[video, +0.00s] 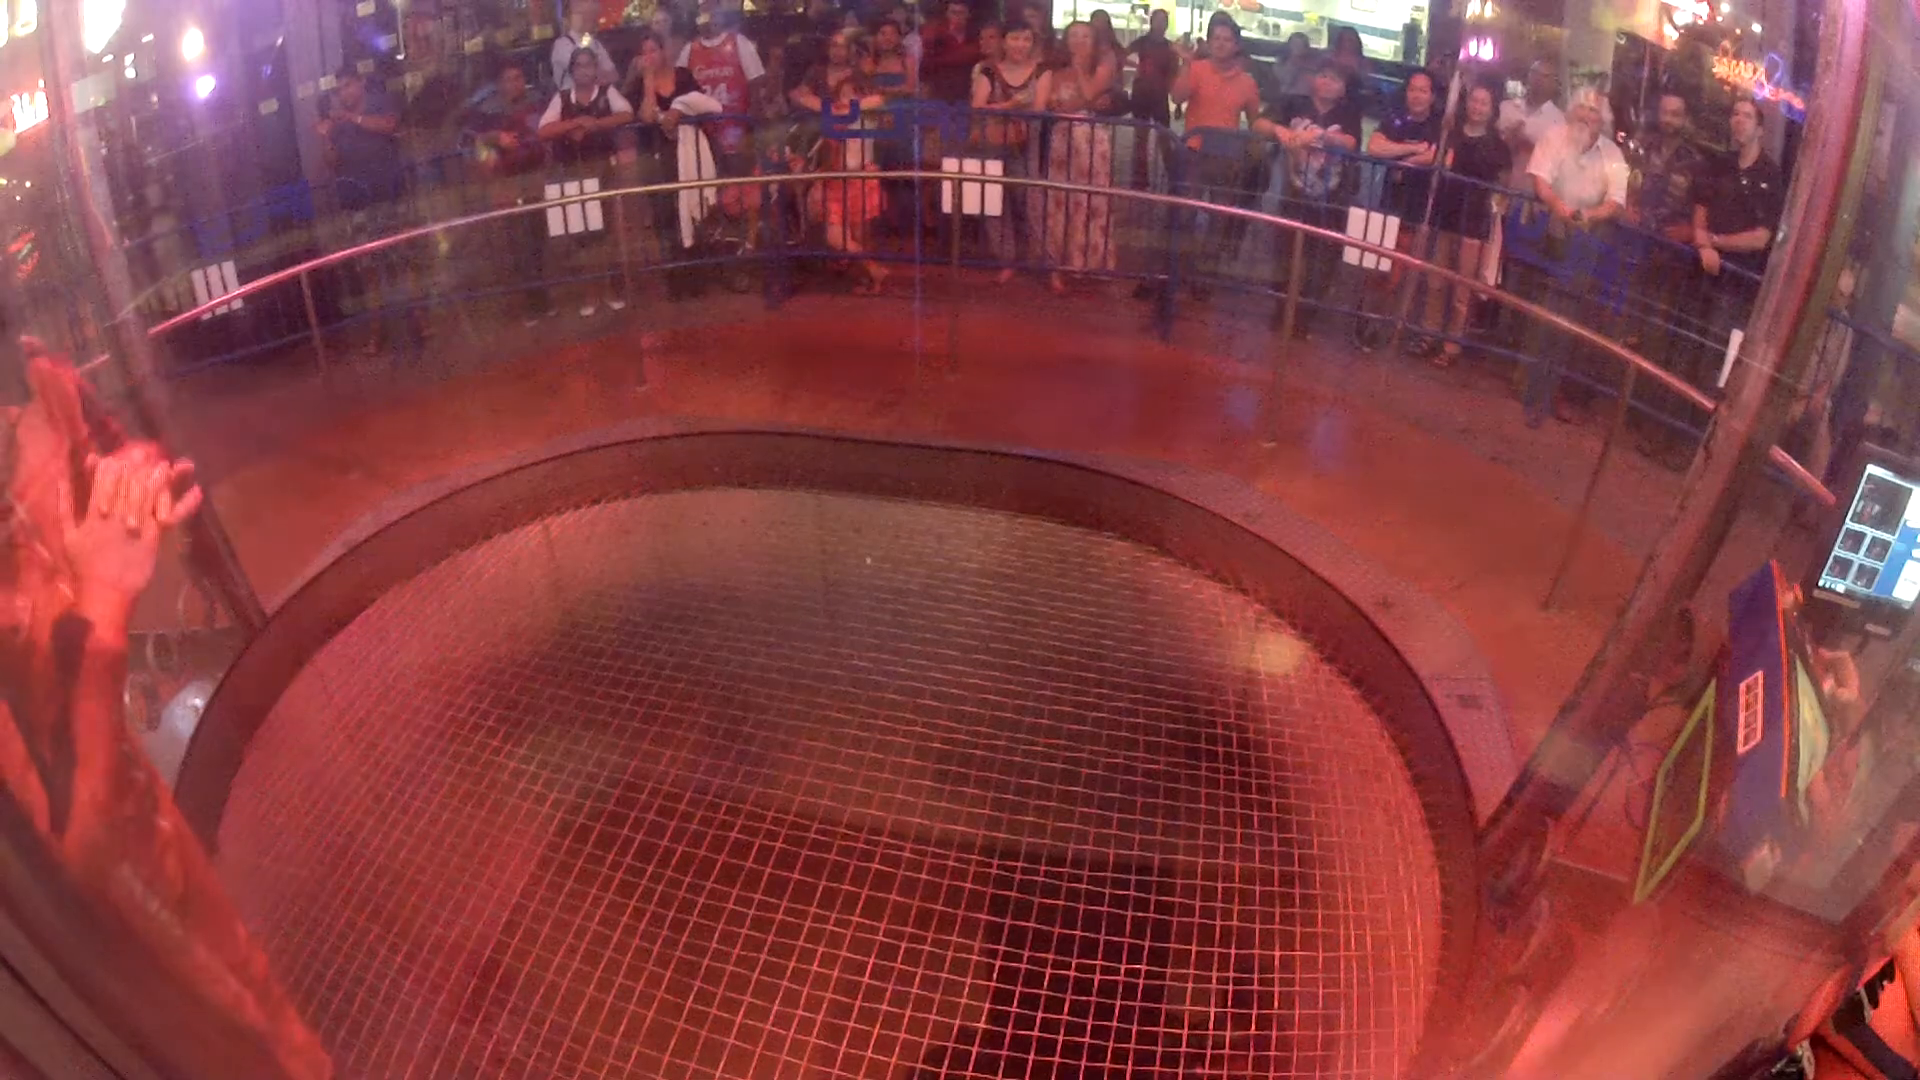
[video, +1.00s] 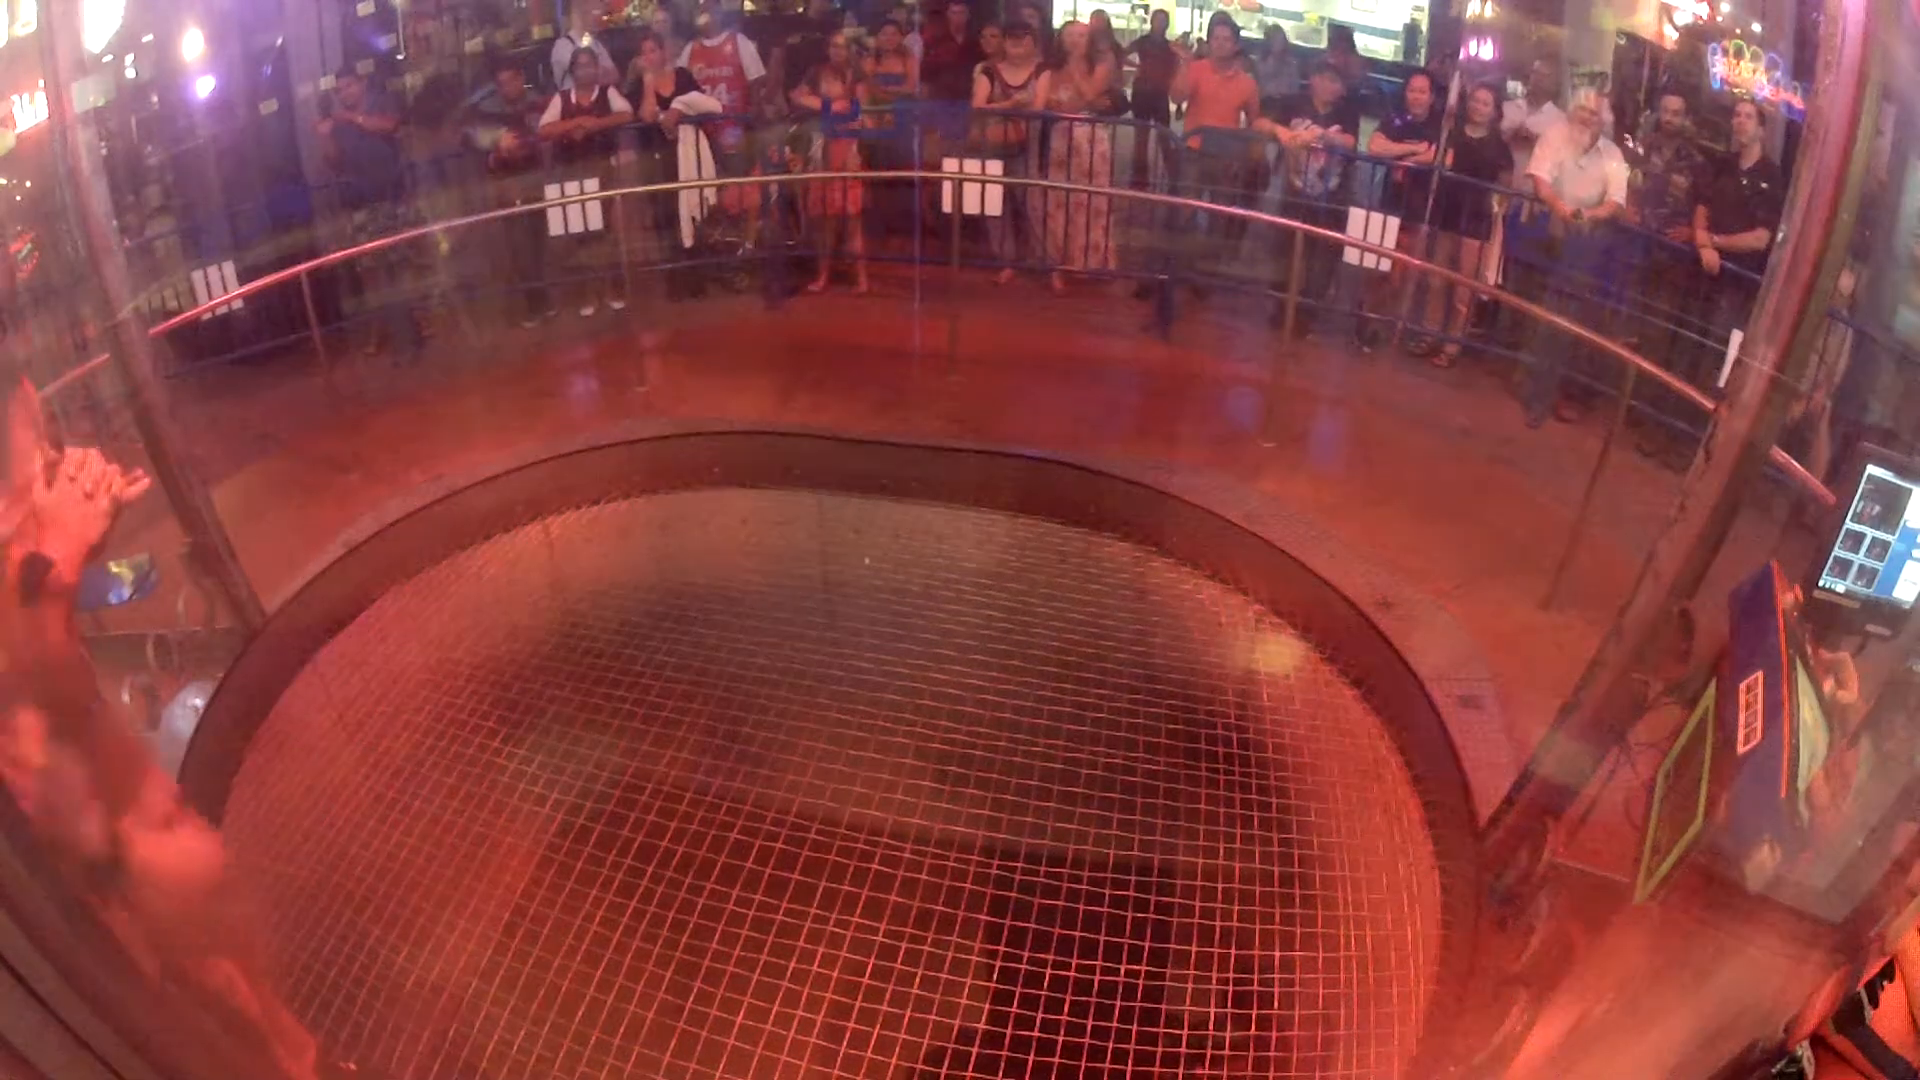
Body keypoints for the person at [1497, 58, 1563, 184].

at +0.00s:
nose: (1538, 80)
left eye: (1546, 76)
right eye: (1534, 73)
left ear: (1555, 83)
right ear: (1527, 77)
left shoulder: (1557, 119)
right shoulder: (1506, 108)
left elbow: (1557, 157)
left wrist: (1524, 141)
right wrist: (1508, 137)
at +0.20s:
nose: (1539, 80)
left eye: (1545, 76)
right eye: (1535, 74)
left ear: (1554, 83)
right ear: (1528, 77)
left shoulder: (1558, 118)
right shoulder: (1505, 108)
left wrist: (1536, 137)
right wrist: (1509, 134)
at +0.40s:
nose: (1539, 80)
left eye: (1546, 76)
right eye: (1535, 74)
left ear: (1554, 82)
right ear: (1528, 77)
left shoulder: (1558, 119)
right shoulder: (1506, 108)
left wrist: (1536, 137)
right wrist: (1509, 134)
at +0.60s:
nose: (1537, 79)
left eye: (1544, 75)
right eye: (1534, 73)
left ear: (1553, 82)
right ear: (1528, 76)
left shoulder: (1559, 119)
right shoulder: (1505, 109)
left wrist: (1535, 137)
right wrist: (1509, 133)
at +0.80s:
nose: (1537, 79)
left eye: (1544, 75)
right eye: (1535, 73)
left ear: (1554, 82)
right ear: (1529, 75)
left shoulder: (1560, 120)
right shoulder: (1505, 109)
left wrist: (1537, 140)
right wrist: (1508, 135)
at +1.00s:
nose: (1537, 79)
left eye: (1544, 75)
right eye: (1535, 73)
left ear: (1554, 82)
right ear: (1529, 76)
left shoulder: (1560, 120)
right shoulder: (1505, 109)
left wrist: (1537, 141)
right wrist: (1510, 135)